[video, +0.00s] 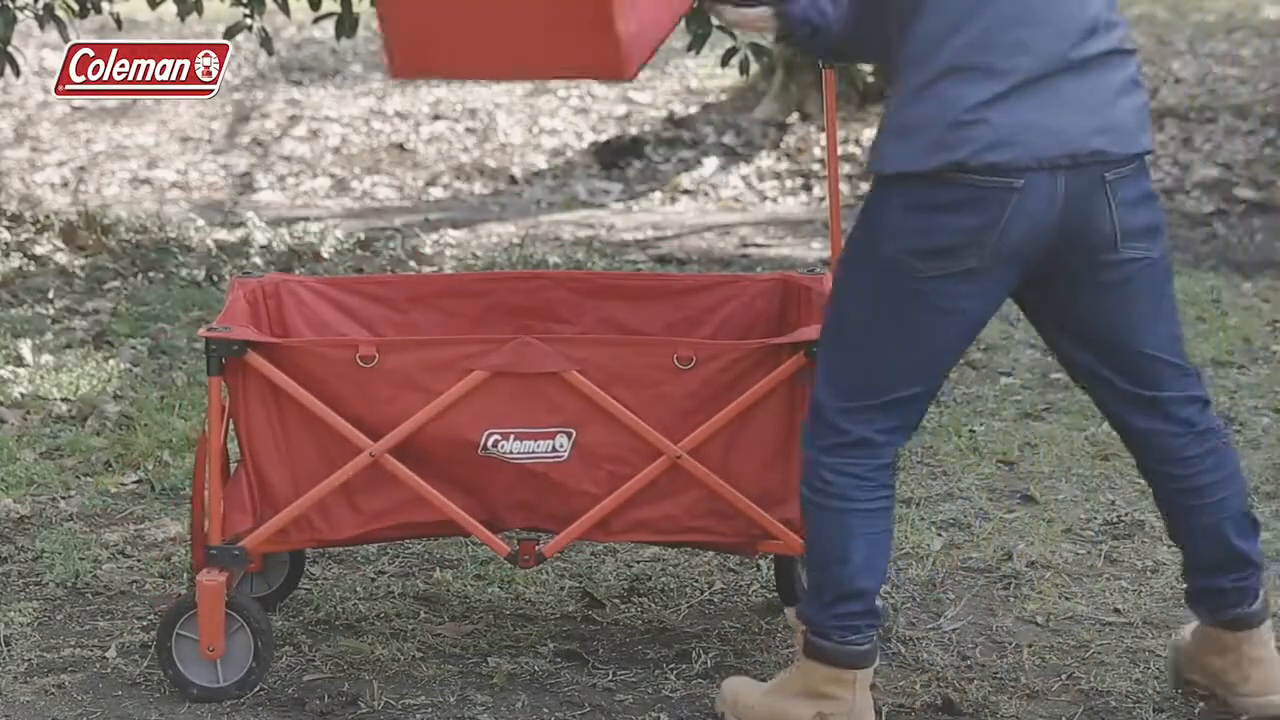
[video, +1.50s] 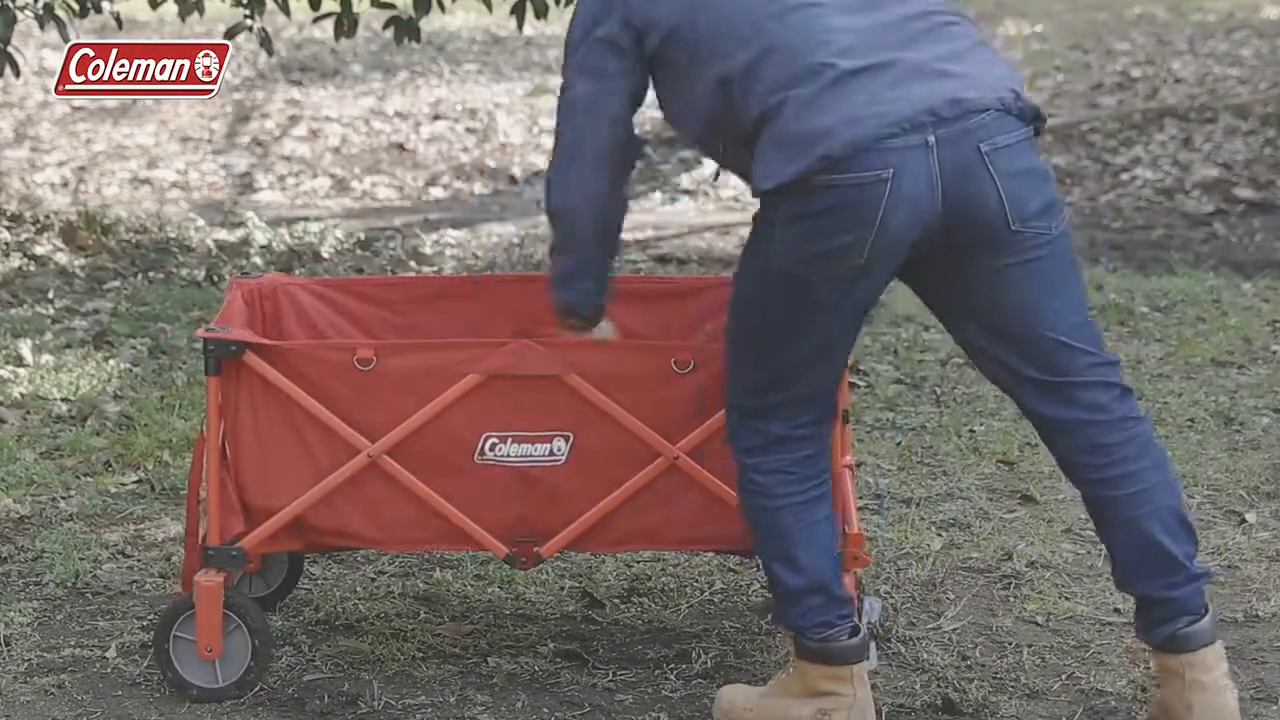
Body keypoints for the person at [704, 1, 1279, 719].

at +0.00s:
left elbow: (850, 24)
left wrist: (782, 15)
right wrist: (789, 15)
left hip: (958, 175)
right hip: (1107, 165)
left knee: (854, 429)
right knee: (1169, 406)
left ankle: (831, 673)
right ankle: (1240, 640)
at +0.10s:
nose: (800, 11)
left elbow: (683, 14)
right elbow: (862, 65)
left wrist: (557, 3)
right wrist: (742, 80)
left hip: (946, 163)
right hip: (1085, 149)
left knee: (850, 432)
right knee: (1135, 397)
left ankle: (833, 672)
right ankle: (1211, 640)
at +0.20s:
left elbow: (648, 19)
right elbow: (903, 48)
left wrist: (501, 45)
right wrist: (774, 144)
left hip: (933, 161)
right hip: (1065, 141)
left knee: (842, 433)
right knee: (1107, 393)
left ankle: (831, 676)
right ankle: (1179, 643)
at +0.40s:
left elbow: (574, 70)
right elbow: (892, 90)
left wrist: (447, 167)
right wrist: (772, 223)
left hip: (910, 151)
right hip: (1042, 127)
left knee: (831, 440)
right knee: (1099, 389)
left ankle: (831, 677)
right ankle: (1167, 642)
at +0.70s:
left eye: (577, 28)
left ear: (612, 6)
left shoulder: (620, 11)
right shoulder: (806, 4)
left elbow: (528, 169)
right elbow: (835, 146)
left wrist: (436, 297)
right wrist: (741, 302)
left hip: (862, 171)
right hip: (1008, 141)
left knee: (789, 436)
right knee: (1092, 399)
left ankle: (828, 671)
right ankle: (1174, 654)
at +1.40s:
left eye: (574, 42)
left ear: (607, 12)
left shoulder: (608, 32)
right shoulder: (815, 5)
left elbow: (543, 221)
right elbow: (859, 147)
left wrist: (498, 358)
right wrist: (791, 317)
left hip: (839, 197)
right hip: (989, 162)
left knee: (757, 430)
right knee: (1090, 406)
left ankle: (824, 670)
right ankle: (1203, 660)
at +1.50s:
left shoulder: (618, 7)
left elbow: (585, 167)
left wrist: (578, 293)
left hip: (846, 175)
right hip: (995, 140)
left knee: (777, 426)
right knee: (1086, 393)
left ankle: (828, 670)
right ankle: (1192, 660)